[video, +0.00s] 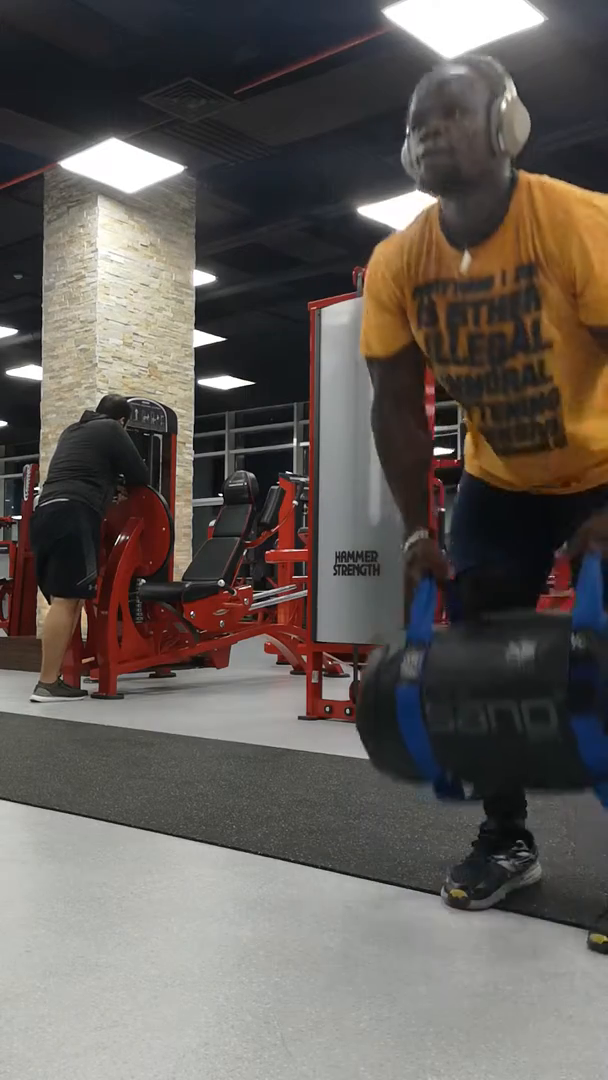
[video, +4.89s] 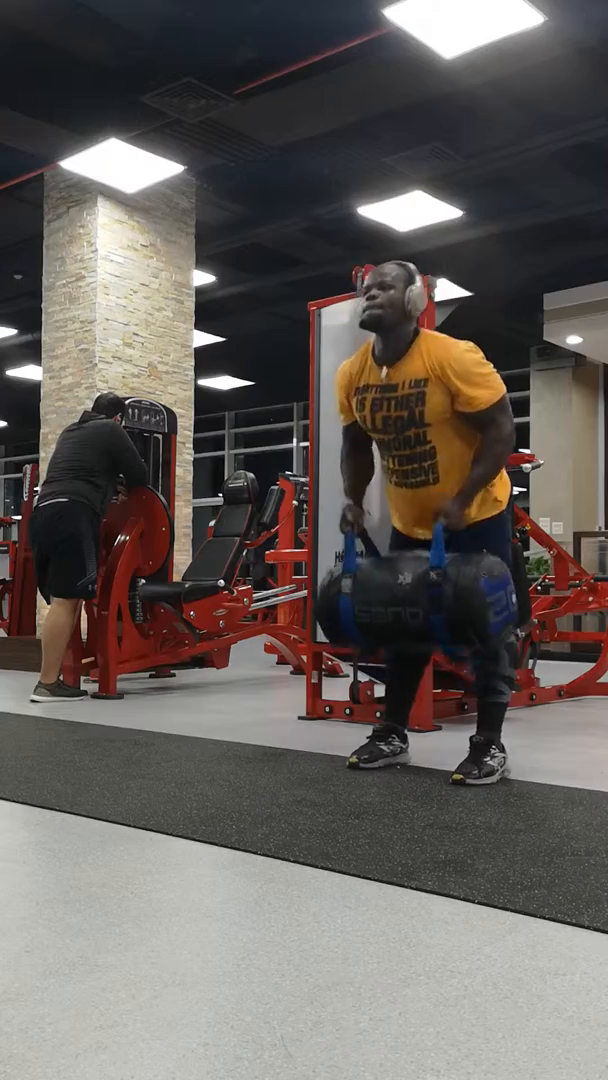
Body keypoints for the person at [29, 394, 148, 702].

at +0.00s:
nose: (125, 428)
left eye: (125, 424)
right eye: (126, 424)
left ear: (98, 414)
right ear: (121, 420)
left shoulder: (71, 430)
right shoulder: (112, 430)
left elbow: (75, 471)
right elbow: (141, 478)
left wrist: (111, 487)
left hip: (44, 511)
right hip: (70, 510)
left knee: (66, 601)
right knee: (65, 601)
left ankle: (52, 678)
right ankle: (48, 682)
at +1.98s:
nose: (122, 423)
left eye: (121, 419)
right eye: (122, 419)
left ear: (91, 413)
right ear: (116, 416)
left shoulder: (70, 431)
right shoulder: (110, 430)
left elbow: (75, 472)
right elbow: (141, 478)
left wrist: (109, 487)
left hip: (42, 511)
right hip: (68, 511)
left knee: (68, 601)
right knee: (59, 601)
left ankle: (54, 678)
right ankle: (47, 682)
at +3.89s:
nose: (121, 424)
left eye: (120, 420)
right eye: (121, 419)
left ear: (91, 413)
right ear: (116, 417)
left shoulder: (69, 431)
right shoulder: (111, 430)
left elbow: (75, 470)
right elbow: (140, 478)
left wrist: (109, 484)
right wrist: (111, 472)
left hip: (42, 512)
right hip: (69, 511)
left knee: (62, 601)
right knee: (64, 601)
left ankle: (51, 679)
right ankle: (48, 682)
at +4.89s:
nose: (122, 424)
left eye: (122, 421)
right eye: (123, 420)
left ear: (94, 413)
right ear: (117, 417)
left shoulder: (70, 431)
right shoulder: (112, 430)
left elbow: (72, 471)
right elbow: (140, 478)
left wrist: (108, 488)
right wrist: (111, 475)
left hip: (43, 511)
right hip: (70, 511)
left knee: (64, 600)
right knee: (64, 601)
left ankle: (53, 678)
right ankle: (48, 682)